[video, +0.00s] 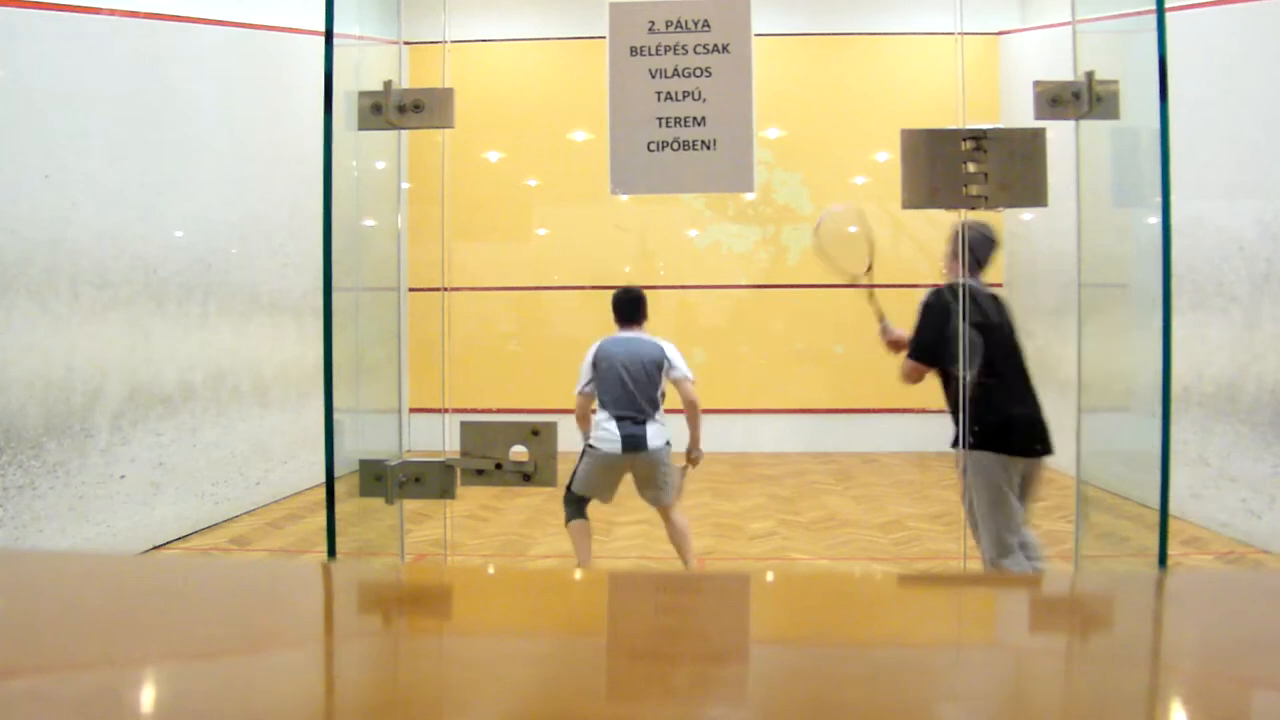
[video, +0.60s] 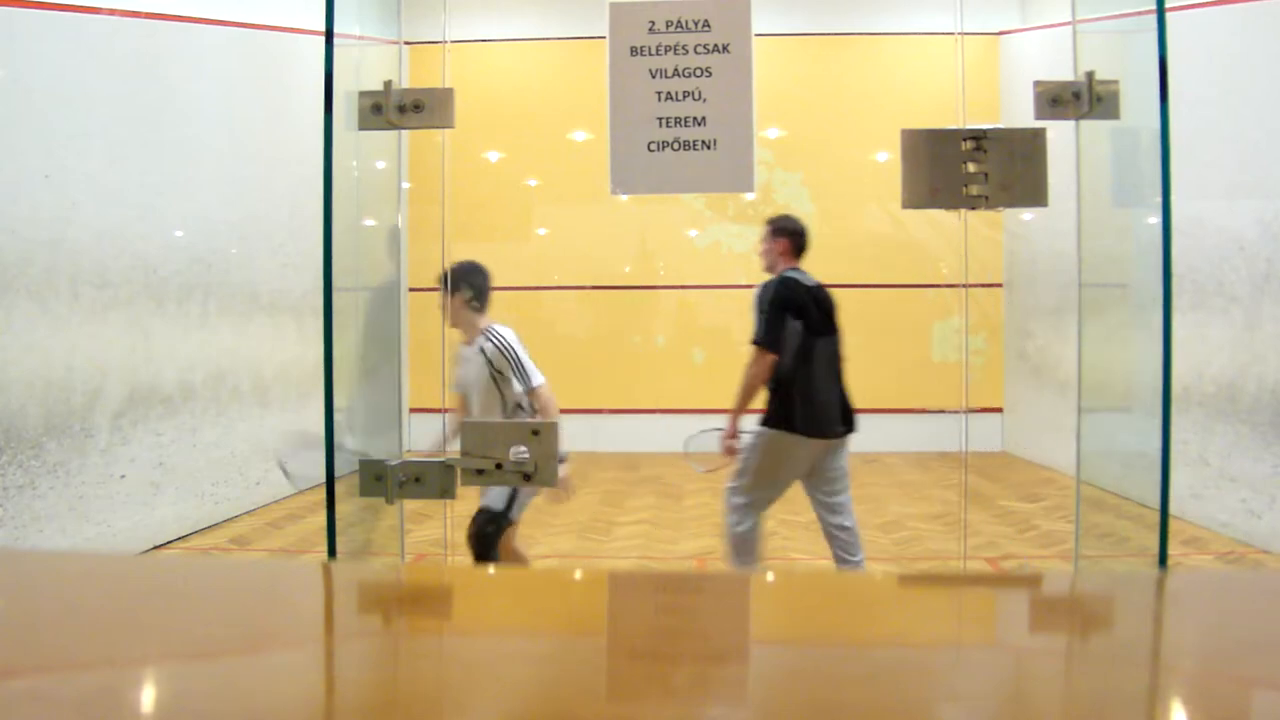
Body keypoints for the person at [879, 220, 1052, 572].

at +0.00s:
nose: (943, 253)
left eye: (947, 247)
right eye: (948, 246)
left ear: (952, 252)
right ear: (983, 258)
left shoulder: (943, 300)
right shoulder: (992, 302)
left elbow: (913, 372)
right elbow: (963, 348)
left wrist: (912, 341)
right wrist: (907, 343)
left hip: (987, 440)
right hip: (1028, 438)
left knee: (1000, 546)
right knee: (1012, 530)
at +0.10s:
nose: (909, 258)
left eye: (913, 251)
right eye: (913, 250)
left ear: (922, 258)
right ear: (944, 262)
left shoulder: (910, 302)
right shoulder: (955, 302)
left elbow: (885, 374)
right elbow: (939, 375)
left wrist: (877, 408)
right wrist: (890, 369)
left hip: (968, 432)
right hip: (993, 427)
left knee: (987, 521)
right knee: (942, 504)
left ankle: (1022, 597)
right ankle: (939, 583)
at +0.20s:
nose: (875, 260)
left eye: (879, 254)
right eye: (878, 254)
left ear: (884, 261)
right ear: (912, 267)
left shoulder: (876, 310)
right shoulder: (926, 308)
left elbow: (854, 384)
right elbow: (925, 371)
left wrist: (840, 439)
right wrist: (882, 398)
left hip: (931, 437)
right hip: (954, 432)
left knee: (965, 527)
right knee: (900, 502)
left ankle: (1014, 591)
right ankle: (864, 577)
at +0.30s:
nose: (846, 263)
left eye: (849, 257)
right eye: (849, 256)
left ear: (857, 263)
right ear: (883, 266)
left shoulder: (850, 312)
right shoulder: (902, 310)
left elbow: (831, 387)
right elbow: (927, 377)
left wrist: (811, 444)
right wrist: (878, 412)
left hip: (885, 439)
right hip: (913, 435)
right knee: (853, 518)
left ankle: (980, 580)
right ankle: (840, 601)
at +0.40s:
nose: (818, 256)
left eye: (822, 249)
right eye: (821, 249)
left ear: (832, 254)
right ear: (854, 258)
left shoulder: (826, 303)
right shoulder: (873, 301)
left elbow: (812, 376)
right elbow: (898, 367)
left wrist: (791, 432)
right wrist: (859, 394)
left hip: (853, 433)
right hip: (884, 429)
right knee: (847, 522)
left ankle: (924, 574)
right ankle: (843, 606)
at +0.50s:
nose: (790, 249)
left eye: (794, 242)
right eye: (792, 241)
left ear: (807, 246)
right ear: (826, 249)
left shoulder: (801, 293)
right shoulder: (848, 294)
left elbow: (790, 366)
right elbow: (867, 359)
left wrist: (766, 420)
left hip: (821, 427)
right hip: (861, 424)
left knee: (780, 504)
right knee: (842, 507)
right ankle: (858, 581)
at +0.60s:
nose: (759, 250)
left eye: (764, 242)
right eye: (761, 242)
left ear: (781, 245)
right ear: (793, 248)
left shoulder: (776, 291)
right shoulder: (819, 292)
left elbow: (764, 359)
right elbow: (826, 362)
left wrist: (734, 419)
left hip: (791, 424)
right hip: (832, 423)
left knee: (742, 499)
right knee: (837, 511)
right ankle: (858, 589)